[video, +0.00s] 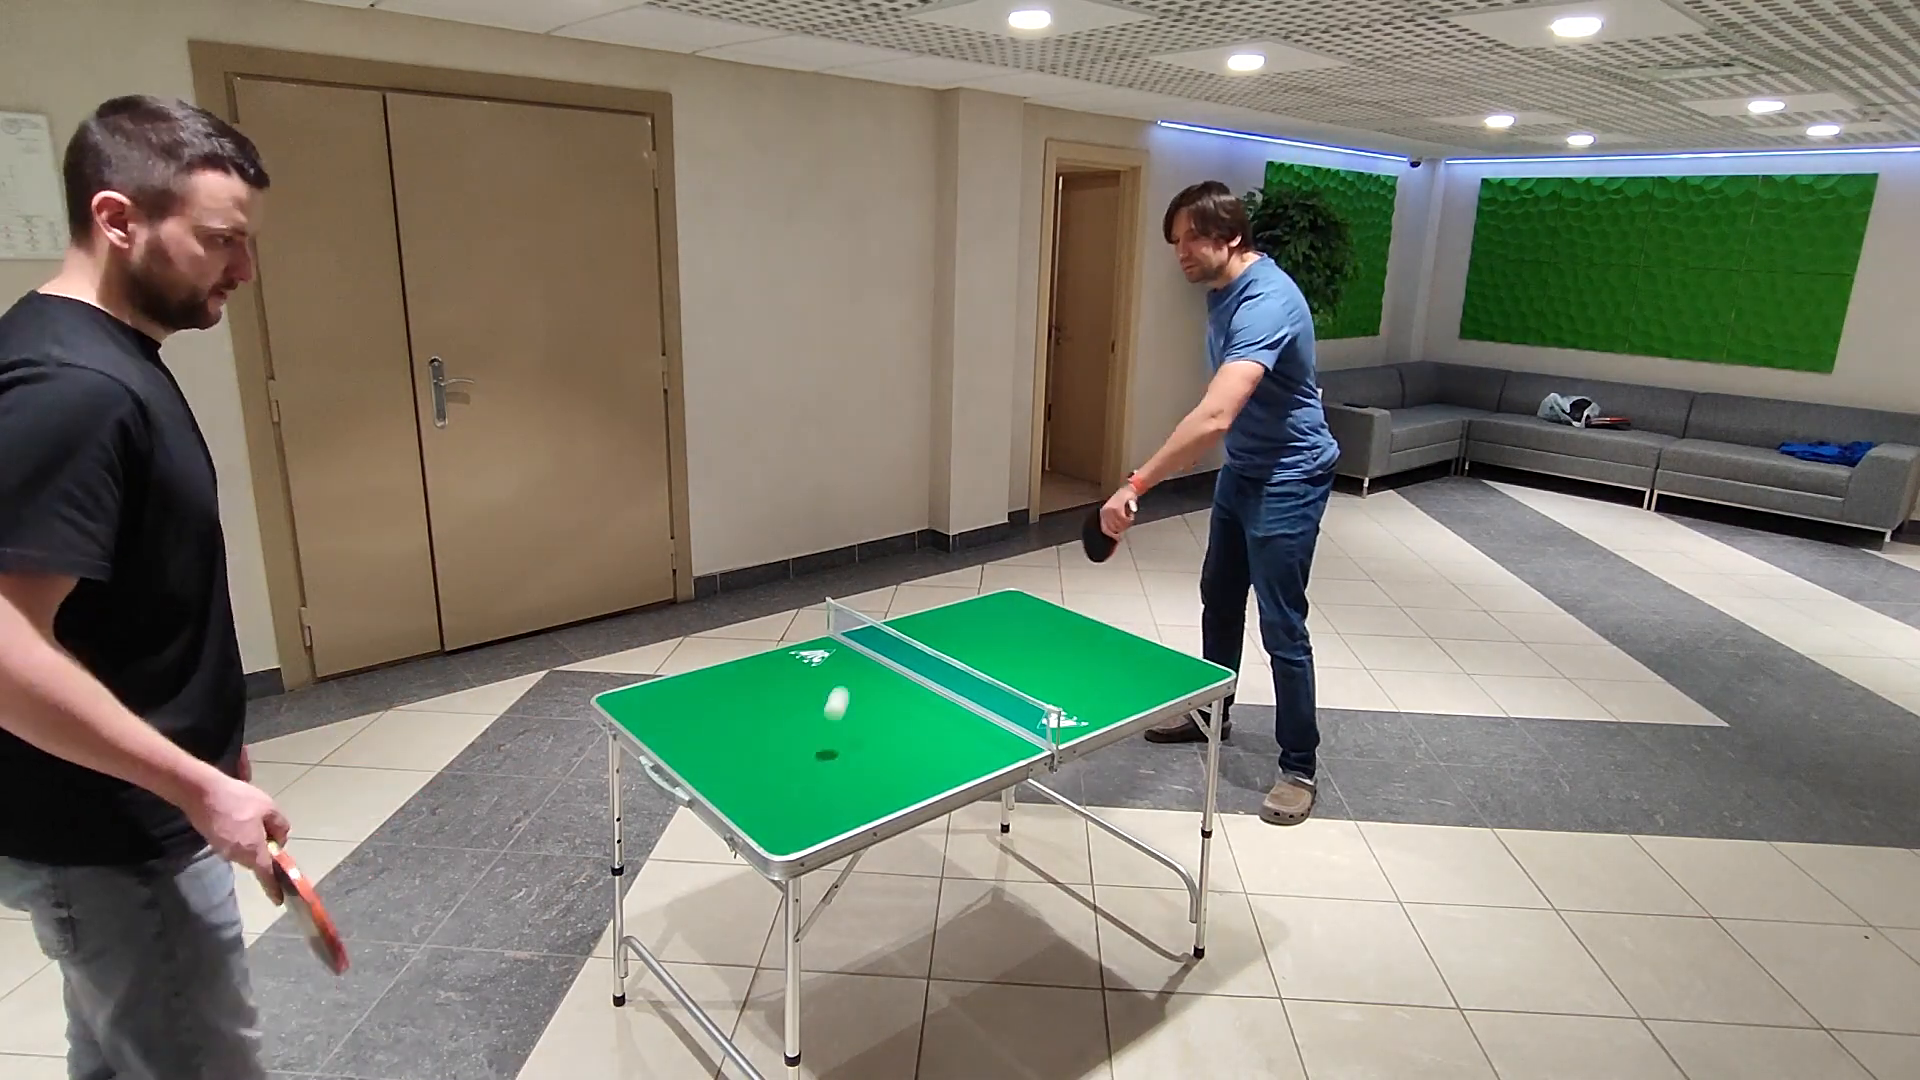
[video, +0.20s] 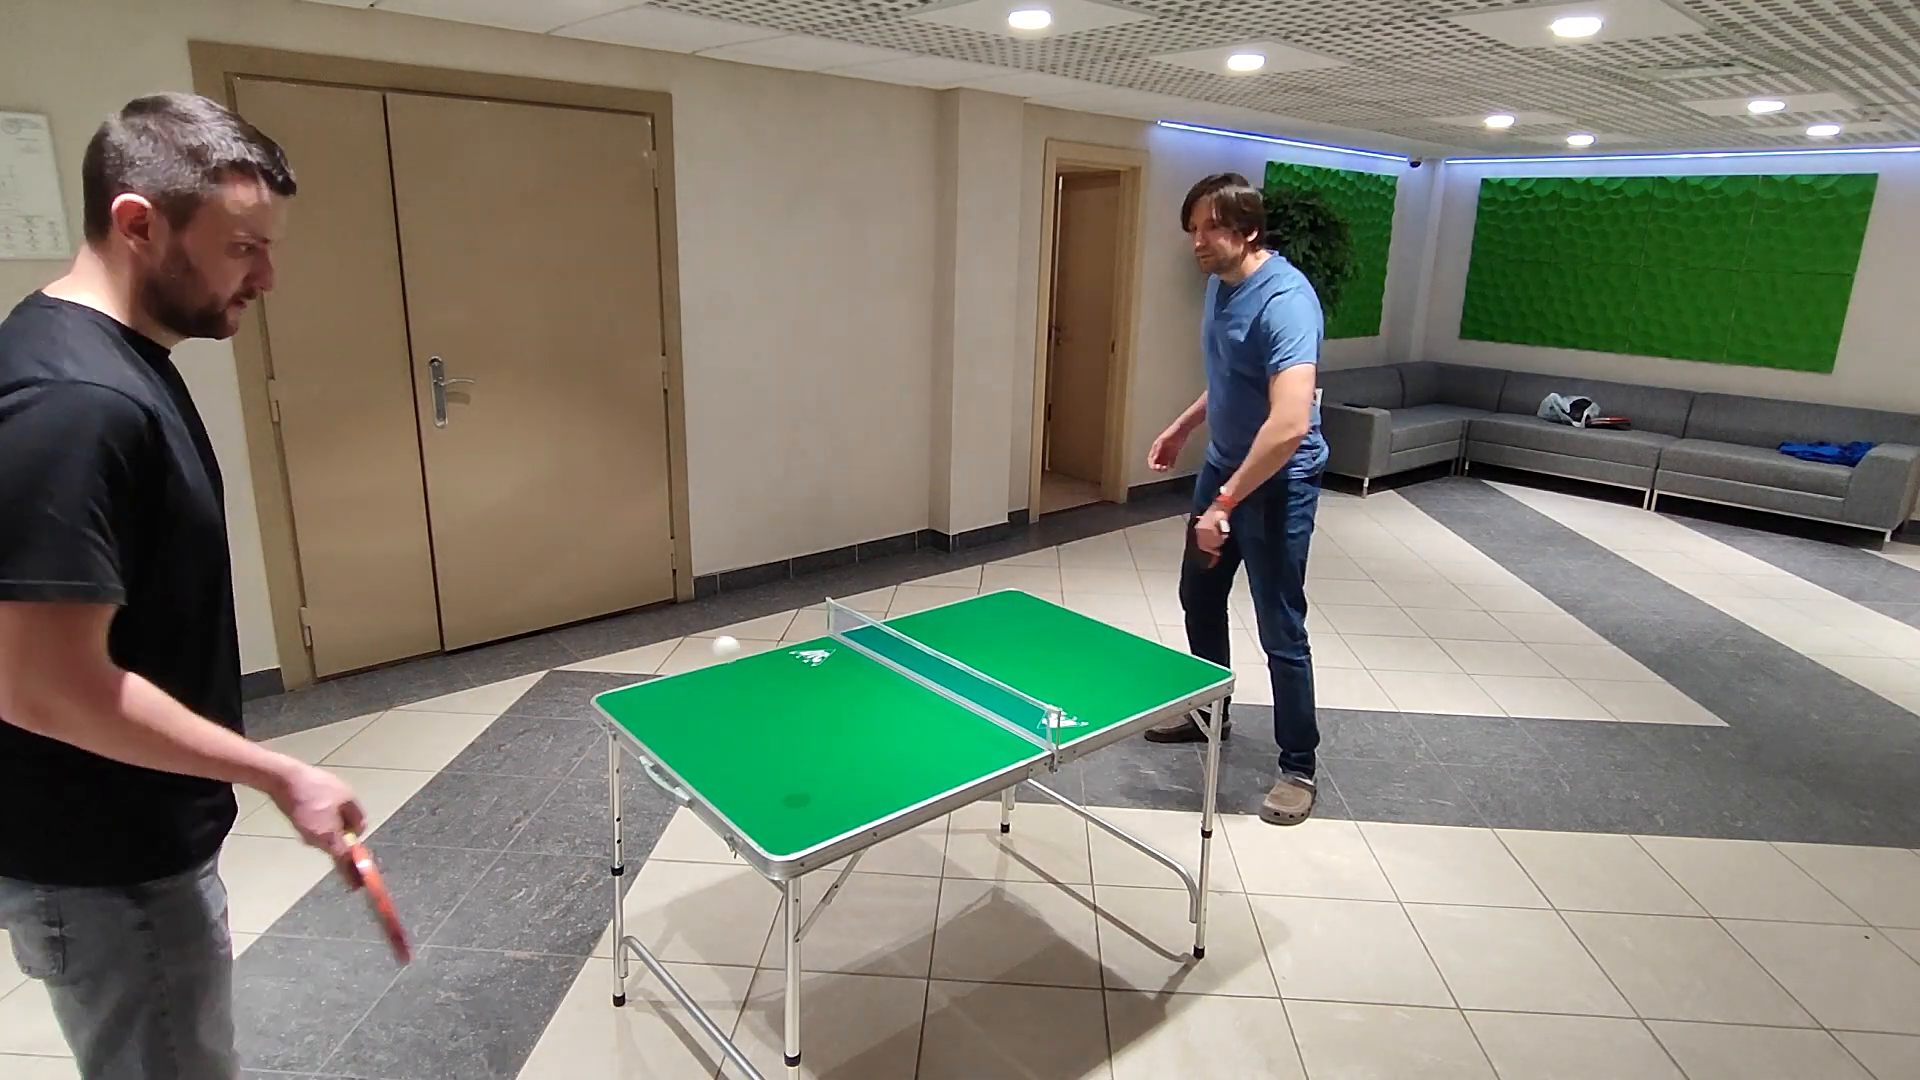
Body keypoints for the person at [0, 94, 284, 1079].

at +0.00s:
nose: (243, 272)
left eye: (246, 246)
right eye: (220, 238)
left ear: (118, 223)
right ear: (118, 218)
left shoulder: (96, 350)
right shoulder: (72, 384)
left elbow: (94, 608)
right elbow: (8, 643)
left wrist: (204, 766)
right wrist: (201, 788)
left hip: (114, 837)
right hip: (124, 854)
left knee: (115, 1061)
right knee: (209, 1065)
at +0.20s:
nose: (265, 279)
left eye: (266, 251)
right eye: (245, 247)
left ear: (138, 231)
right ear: (137, 226)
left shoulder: (113, 356)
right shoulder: (73, 398)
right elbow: (44, 685)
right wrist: (281, 774)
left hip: (141, 850)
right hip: (110, 874)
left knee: (187, 1060)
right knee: (174, 1069)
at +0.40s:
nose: (248, 271)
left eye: (249, 243)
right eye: (228, 238)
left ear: (114, 220)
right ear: (118, 216)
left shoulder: (29, 338)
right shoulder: (107, 411)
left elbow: (95, 573)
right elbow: (245, 655)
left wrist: (239, 676)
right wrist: (477, 698)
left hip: (62, 845)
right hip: (125, 874)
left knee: (165, 1059)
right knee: (182, 1070)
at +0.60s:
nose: (227, 253)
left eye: (226, 224)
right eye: (208, 218)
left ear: (99, 212)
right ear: (104, 209)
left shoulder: (15, 342)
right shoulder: (125, 394)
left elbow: (62, 577)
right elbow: (299, 610)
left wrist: (217, 682)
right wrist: (506, 639)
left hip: (39, 825)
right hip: (128, 851)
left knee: (144, 1056)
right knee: (170, 1067)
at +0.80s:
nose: (210, 247)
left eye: (208, 219)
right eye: (193, 215)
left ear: (92, 210)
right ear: (97, 210)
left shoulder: (14, 343)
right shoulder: (116, 384)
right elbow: (208, 635)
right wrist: (403, 689)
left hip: (38, 822)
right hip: (139, 839)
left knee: (101, 1064)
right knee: (184, 1069)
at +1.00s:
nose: (223, 266)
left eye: (224, 240)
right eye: (210, 234)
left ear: (117, 224)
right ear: (124, 223)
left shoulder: (18, 343)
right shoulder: (102, 374)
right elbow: (134, 639)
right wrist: (299, 748)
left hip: (39, 836)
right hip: (132, 850)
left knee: (106, 1069)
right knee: (237, 1066)